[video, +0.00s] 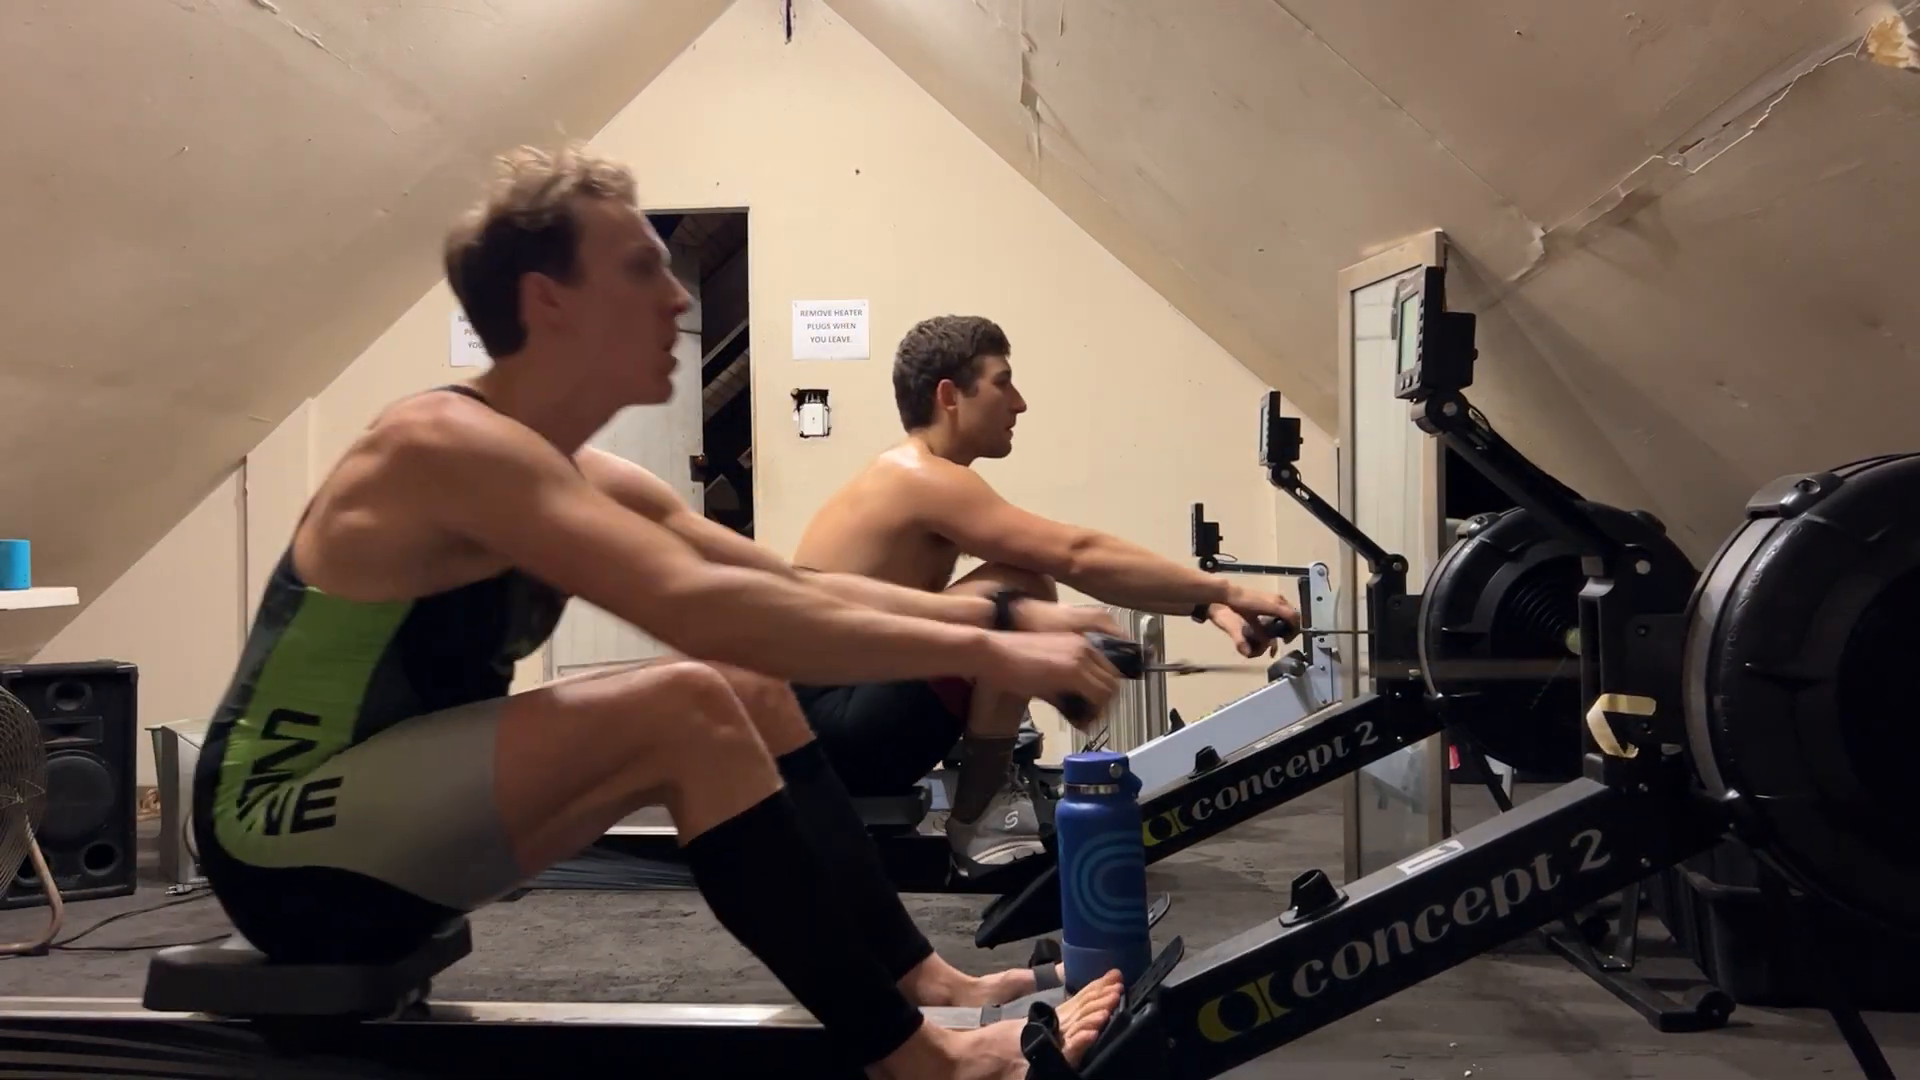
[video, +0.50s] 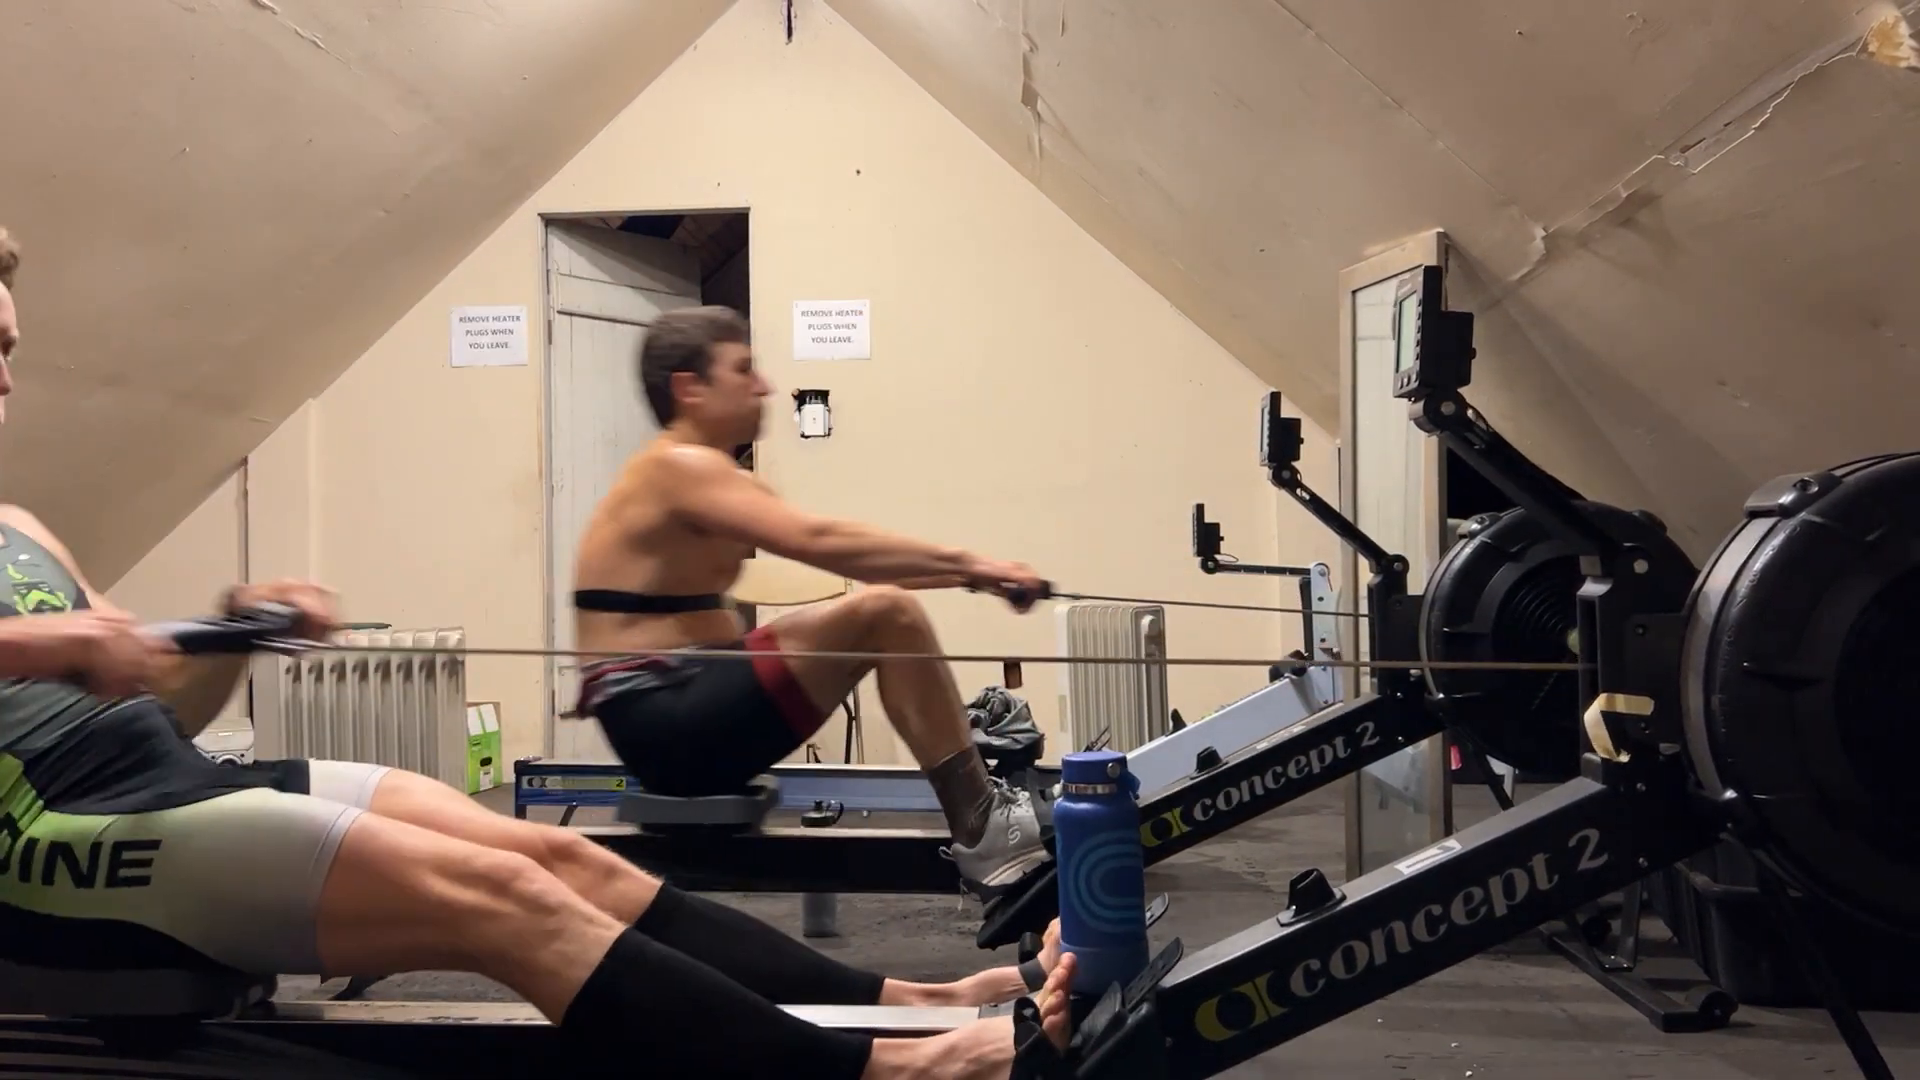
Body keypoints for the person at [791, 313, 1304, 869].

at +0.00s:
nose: (1019, 402)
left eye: (1012, 383)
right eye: (1002, 384)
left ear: (952, 400)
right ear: (948, 397)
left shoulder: (916, 476)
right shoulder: (925, 482)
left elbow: (1076, 553)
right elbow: (1075, 558)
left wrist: (1211, 600)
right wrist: (1223, 592)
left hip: (834, 717)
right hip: (833, 730)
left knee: (1015, 588)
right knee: (1014, 584)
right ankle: (979, 819)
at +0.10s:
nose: (1024, 400)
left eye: (1016, 382)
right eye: (1007, 383)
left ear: (953, 402)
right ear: (952, 399)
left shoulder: (927, 476)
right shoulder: (930, 482)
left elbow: (1086, 557)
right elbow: (1084, 554)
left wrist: (1219, 595)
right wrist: (1233, 585)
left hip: (851, 726)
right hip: (849, 735)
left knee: (1012, 576)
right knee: (1026, 587)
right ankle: (980, 821)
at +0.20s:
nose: (999, 398)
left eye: (991, 381)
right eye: (982, 382)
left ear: (926, 398)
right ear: (928, 395)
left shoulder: (901, 475)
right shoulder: (911, 481)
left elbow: (1065, 553)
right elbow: (1064, 547)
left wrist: (1199, 585)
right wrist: (1213, 573)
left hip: (826, 726)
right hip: (832, 735)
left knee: (995, 579)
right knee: (1011, 589)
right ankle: (980, 822)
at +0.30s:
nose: (942, 391)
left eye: (933, 374)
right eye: (923, 376)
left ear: (873, 396)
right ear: (872, 394)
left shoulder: (846, 468)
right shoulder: (859, 474)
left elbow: (1004, 551)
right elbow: (1005, 548)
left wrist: (1139, 582)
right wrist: (1145, 570)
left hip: (785, 719)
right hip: (788, 728)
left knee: (974, 589)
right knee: (975, 590)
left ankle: (981, 806)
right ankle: (980, 822)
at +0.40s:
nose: (859, 387)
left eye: (849, 371)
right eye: (839, 373)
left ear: (786, 391)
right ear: (785, 389)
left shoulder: (773, 467)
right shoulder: (770, 467)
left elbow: (923, 554)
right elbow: (916, 544)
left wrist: (1053, 581)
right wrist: (1058, 569)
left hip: (734, 710)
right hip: (729, 721)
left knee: (926, 594)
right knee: (930, 604)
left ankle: (983, 813)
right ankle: (981, 826)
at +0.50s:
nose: (764, 387)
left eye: (755, 369)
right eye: (743, 371)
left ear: (694, 390)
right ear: (686, 388)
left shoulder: (706, 472)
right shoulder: (681, 468)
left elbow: (839, 554)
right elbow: (823, 543)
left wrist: (969, 569)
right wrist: (968, 566)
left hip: (687, 712)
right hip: (665, 724)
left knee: (885, 612)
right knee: (887, 616)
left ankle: (980, 817)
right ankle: (978, 828)